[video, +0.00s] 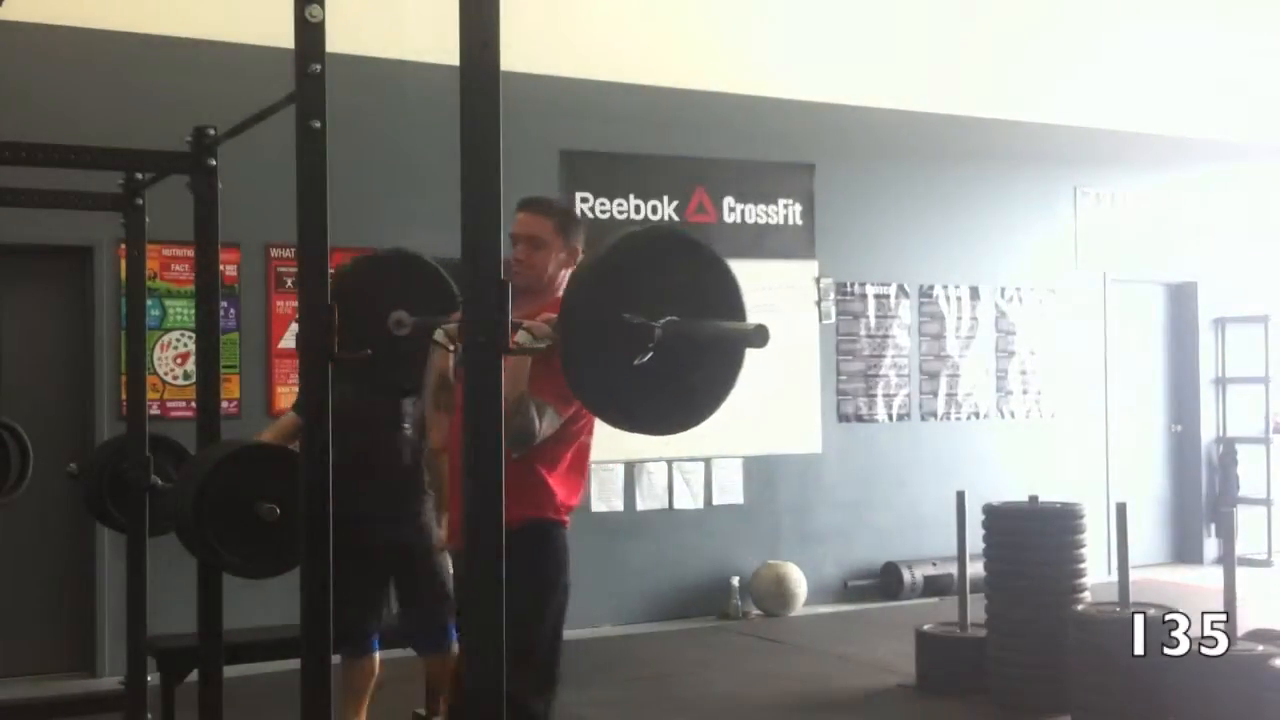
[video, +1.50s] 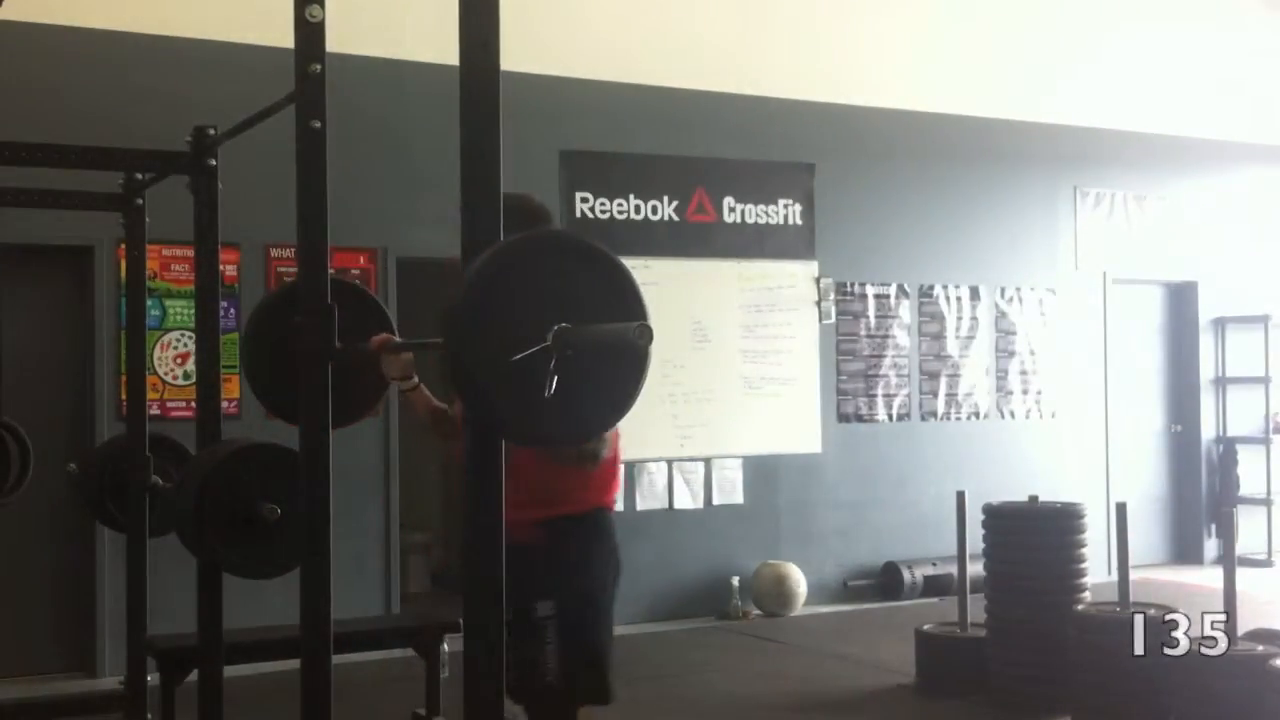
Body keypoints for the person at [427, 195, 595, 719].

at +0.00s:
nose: (517, 253)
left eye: (534, 244)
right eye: (513, 241)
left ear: (569, 258)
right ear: (505, 246)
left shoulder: (573, 328)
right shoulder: (490, 320)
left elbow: (522, 432)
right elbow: (438, 428)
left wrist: (519, 347)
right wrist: (444, 342)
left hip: (530, 529)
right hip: (473, 527)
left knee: (523, 685)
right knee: (476, 679)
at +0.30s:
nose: (506, 256)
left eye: (524, 247)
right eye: (502, 242)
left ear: (548, 264)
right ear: (489, 249)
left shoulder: (539, 348)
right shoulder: (462, 340)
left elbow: (471, 440)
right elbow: (405, 434)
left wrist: (491, 343)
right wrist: (411, 348)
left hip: (491, 552)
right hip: (438, 552)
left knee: (487, 702)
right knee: (442, 702)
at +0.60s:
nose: (443, 250)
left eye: (459, 243)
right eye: (451, 241)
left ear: (494, 262)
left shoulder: (501, 343)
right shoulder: (444, 342)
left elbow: (445, 442)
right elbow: (389, 450)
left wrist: (467, 328)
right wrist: (384, 357)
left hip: (469, 552)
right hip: (430, 552)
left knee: (465, 703)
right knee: (435, 701)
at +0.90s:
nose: (414, 256)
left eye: (421, 244)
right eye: (417, 244)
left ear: (444, 248)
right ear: (456, 251)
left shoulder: (475, 337)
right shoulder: (437, 340)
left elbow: (443, 455)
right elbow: (394, 438)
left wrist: (434, 358)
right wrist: (375, 370)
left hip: (461, 558)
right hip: (435, 557)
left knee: (465, 705)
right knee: (444, 700)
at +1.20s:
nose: (438, 259)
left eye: (445, 245)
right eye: (442, 244)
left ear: (467, 250)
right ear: (485, 251)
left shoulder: (517, 331)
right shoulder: (469, 335)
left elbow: (509, 456)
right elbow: (446, 437)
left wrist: (457, 377)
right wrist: (392, 386)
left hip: (515, 538)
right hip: (476, 537)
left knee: (538, 699)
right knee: (477, 698)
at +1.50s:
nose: (495, 266)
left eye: (507, 249)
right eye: (484, 251)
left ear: (537, 250)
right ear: (481, 262)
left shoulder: (581, 326)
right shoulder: (490, 334)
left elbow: (591, 449)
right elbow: (455, 430)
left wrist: (498, 415)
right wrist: (406, 380)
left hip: (575, 523)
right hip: (502, 522)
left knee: (574, 688)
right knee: (515, 683)